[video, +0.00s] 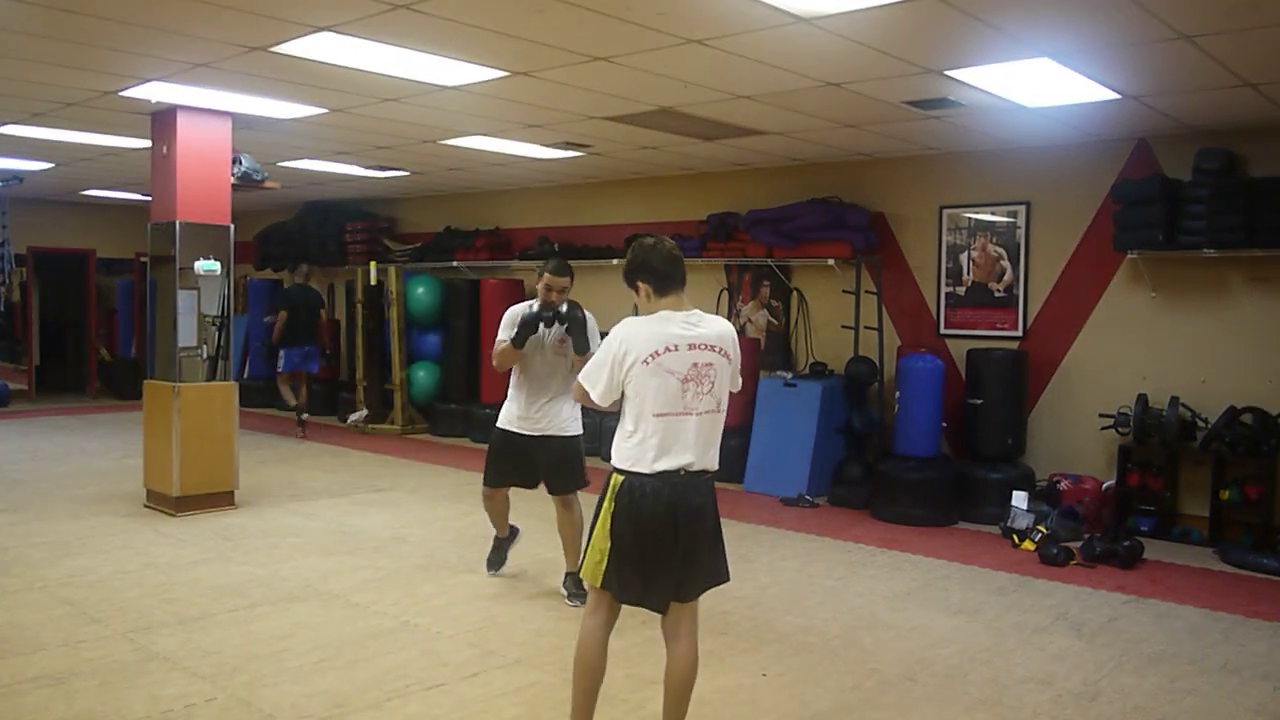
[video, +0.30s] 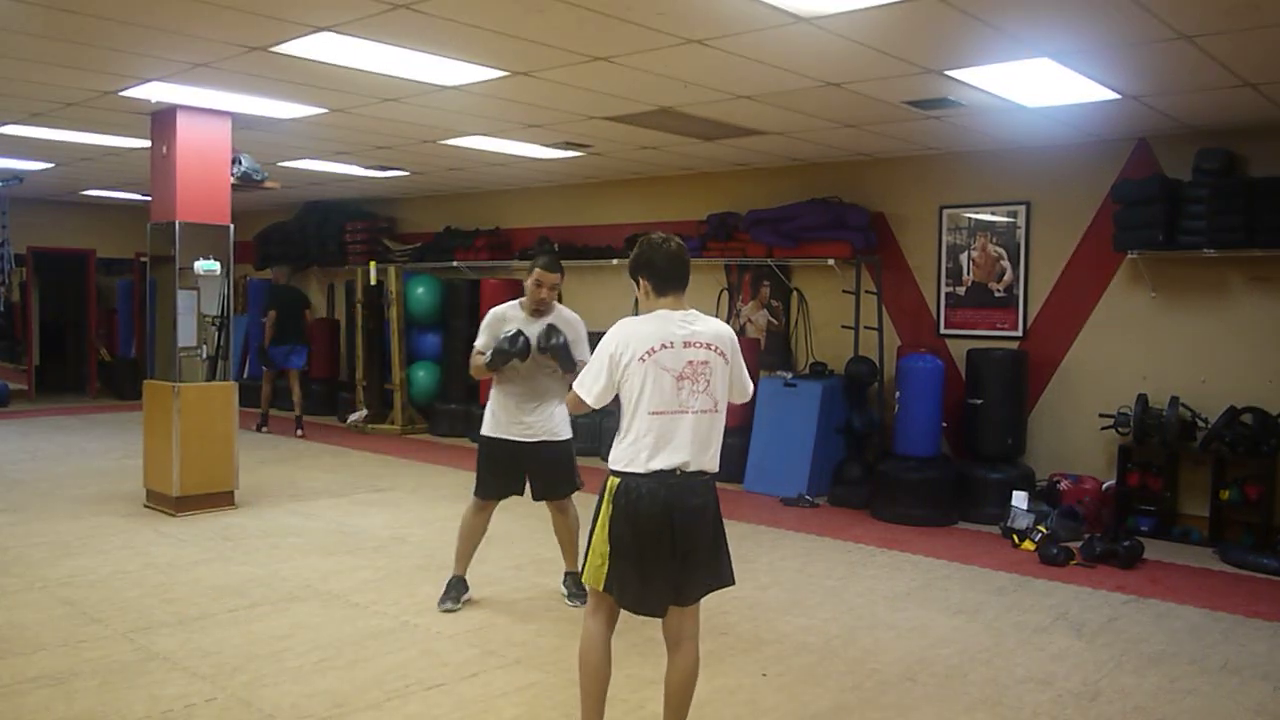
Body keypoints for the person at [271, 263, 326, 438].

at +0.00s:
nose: (292, 278)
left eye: (293, 275)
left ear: (294, 276)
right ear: (308, 277)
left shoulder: (287, 293)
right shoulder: (316, 294)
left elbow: (282, 318)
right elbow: (323, 318)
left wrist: (274, 338)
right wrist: (324, 340)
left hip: (291, 343)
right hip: (310, 342)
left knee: (282, 380)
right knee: (303, 381)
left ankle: (294, 405)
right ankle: (301, 422)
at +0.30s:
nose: (272, 277)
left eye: (273, 274)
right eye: (273, 274)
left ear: (276, 276)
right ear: (289, 277)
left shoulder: (274, 293)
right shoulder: (299, 294)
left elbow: (271, 319)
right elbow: (309, 317)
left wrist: (266, 343)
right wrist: (299, 327)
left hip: (278, 341)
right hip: (298, 341)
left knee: (267, 380)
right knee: (295, 381)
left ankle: (264, 421)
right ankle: (299, 424)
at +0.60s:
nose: (258, 274)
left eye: (258, 271)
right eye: (261, 270)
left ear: (258, 273)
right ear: (273, 273)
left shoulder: (254, 291)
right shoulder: (281, 290)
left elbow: (249, 315)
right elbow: (290, 312)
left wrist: (244, 336)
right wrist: (288, 332)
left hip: (260, 339)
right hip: (278, 339)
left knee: (260, 377)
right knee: (274, 375)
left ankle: (263, 420)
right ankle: (279, 403)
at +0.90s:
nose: (251, 279)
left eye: (251, 276)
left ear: (249, 277)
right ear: (264, 277)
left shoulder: (245, 293)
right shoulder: (273, 293)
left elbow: (238, 315)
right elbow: (279, 315)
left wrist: (233, 327)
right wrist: (277, 328)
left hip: (250, 339)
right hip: (268, 338)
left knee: (251, 375)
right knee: (261, 376)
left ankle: (259, 409)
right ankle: (256, 409)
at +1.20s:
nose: (243, 277)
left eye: (242, 274)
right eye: (247, 273)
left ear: (239, 276)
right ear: (253, 276)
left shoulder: (234, 294)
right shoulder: (260, 294)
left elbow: (229, 316)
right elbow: (269, 316)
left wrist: (227, 334)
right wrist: (267, 334)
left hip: (237, 339)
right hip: (256, 339)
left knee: (234, 377)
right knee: (255, 377)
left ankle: (231, 410)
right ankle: (254, 412)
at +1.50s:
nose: (244, 282)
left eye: (243, 278)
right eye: (243, 278)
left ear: (231, 280)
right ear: (240, 280)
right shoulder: (246, 296)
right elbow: (252, 320)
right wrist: (253, 341)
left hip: (231, 337)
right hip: (243, 338)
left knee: (239, 370)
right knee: (240, 370)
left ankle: (246, 399)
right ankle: (246, 399)